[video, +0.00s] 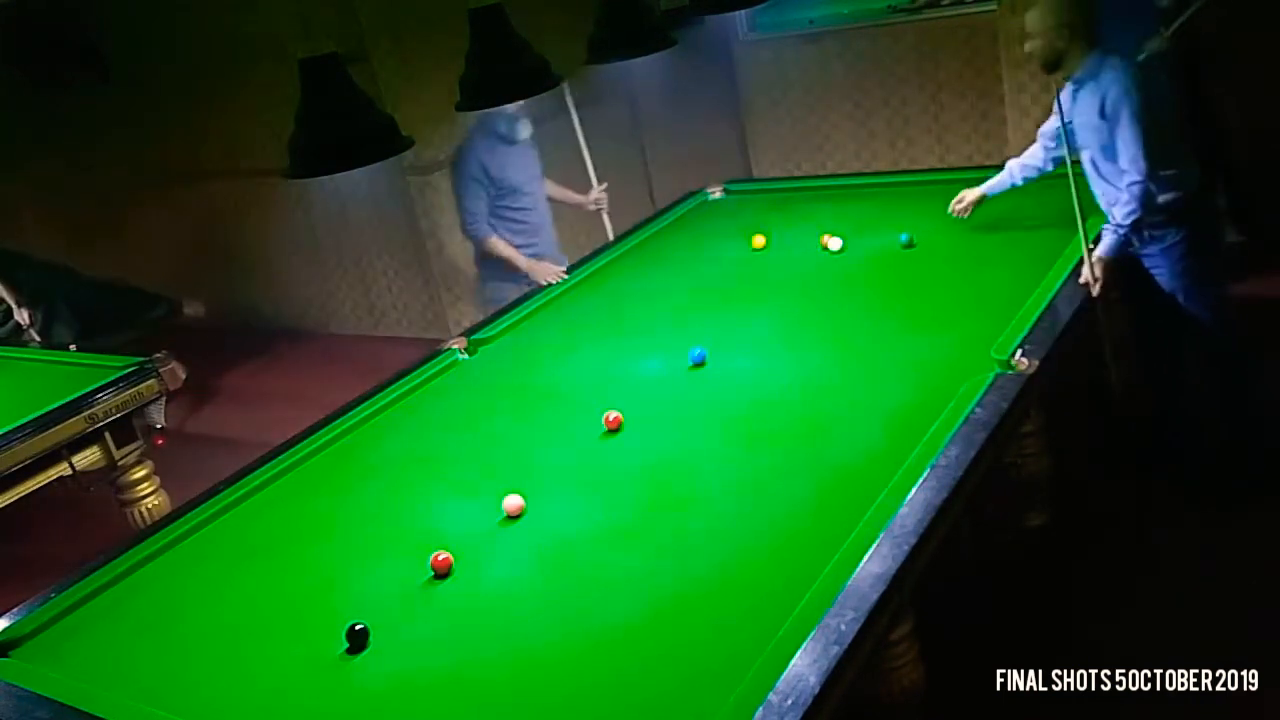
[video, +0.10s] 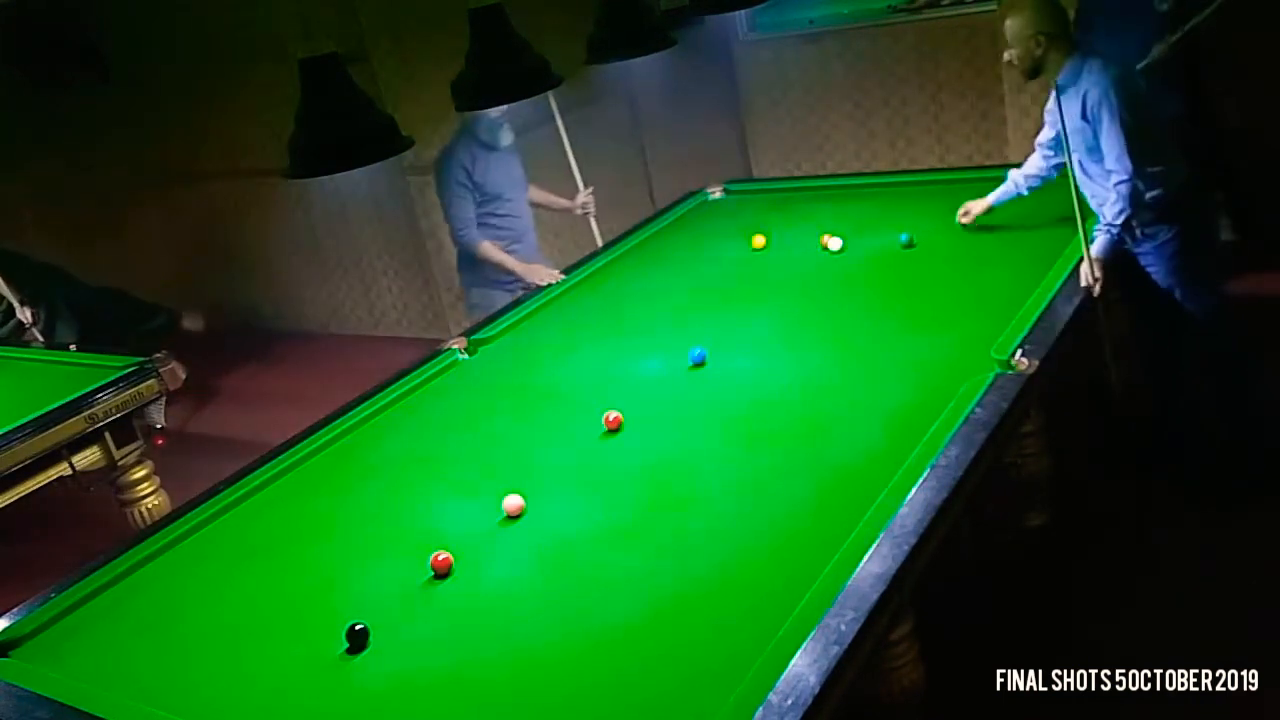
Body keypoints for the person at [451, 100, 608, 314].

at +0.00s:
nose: (519, 104)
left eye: (520, 98)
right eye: (508, 101)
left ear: (523, 100)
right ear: (490, 106)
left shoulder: (522, 139)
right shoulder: (472, 155)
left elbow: (536, 183)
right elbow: (476, 228)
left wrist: (583, 201)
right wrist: (530, 266)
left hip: (553, 274)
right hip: (509, 286)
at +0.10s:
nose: (502, 110)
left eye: (503, 103)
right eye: (491, 106)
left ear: (508, 103)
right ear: (472, 111)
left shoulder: (503, 143)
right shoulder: (455, 160)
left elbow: (521, 190)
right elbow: (466, 236)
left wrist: (570, 205)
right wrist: (523, 269)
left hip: (536, 280)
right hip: (493, 291)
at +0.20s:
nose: (487, 114)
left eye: (487, 106)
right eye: (474, 110)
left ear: (490, 104)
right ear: (450, 112)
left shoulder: (490, 143)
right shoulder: (440, 163)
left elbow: (509, 191)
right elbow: (458, 237)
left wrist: (558, 210)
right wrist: (516, 272)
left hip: (524, 278)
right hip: (481, 292)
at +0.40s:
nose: (462, 113)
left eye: (462, 104)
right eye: (452, 107)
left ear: (466, 102)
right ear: (429, 111)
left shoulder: (468, 145)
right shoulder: (425, 165)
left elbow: (493, 197)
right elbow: (459, 235)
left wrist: (541, 218)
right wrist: (513, 273)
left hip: (511, 271)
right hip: (472, 287)